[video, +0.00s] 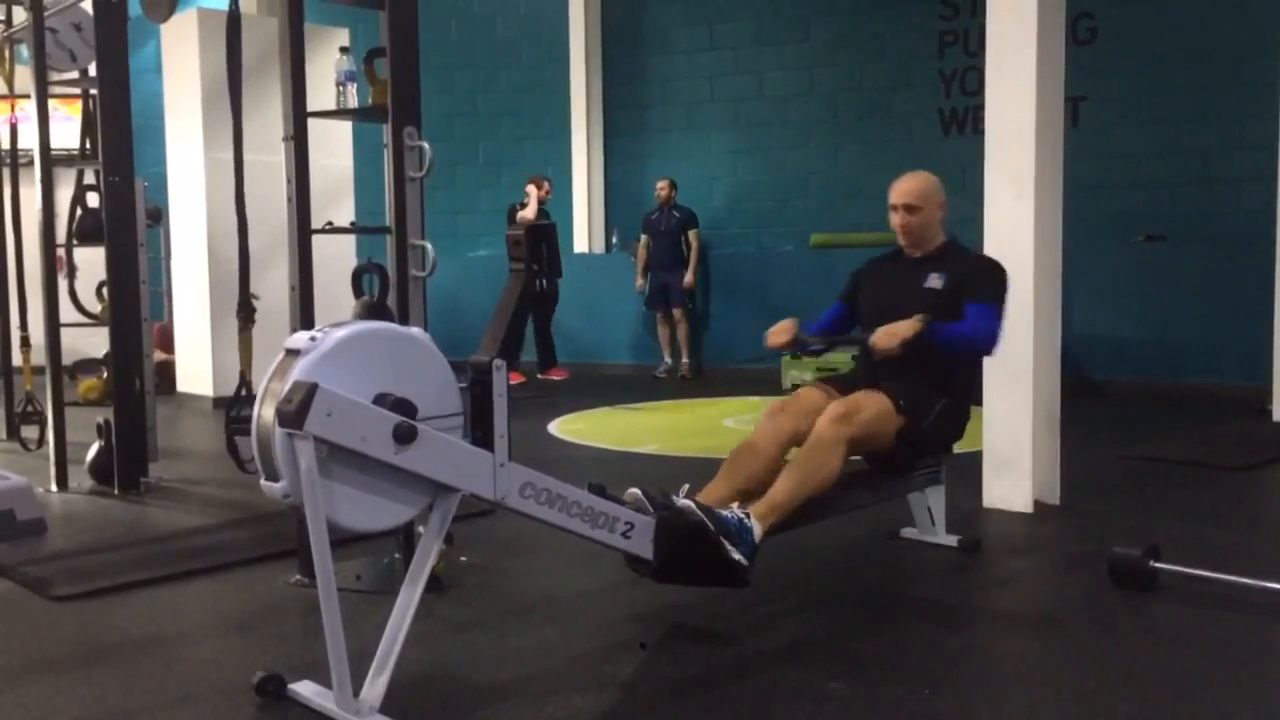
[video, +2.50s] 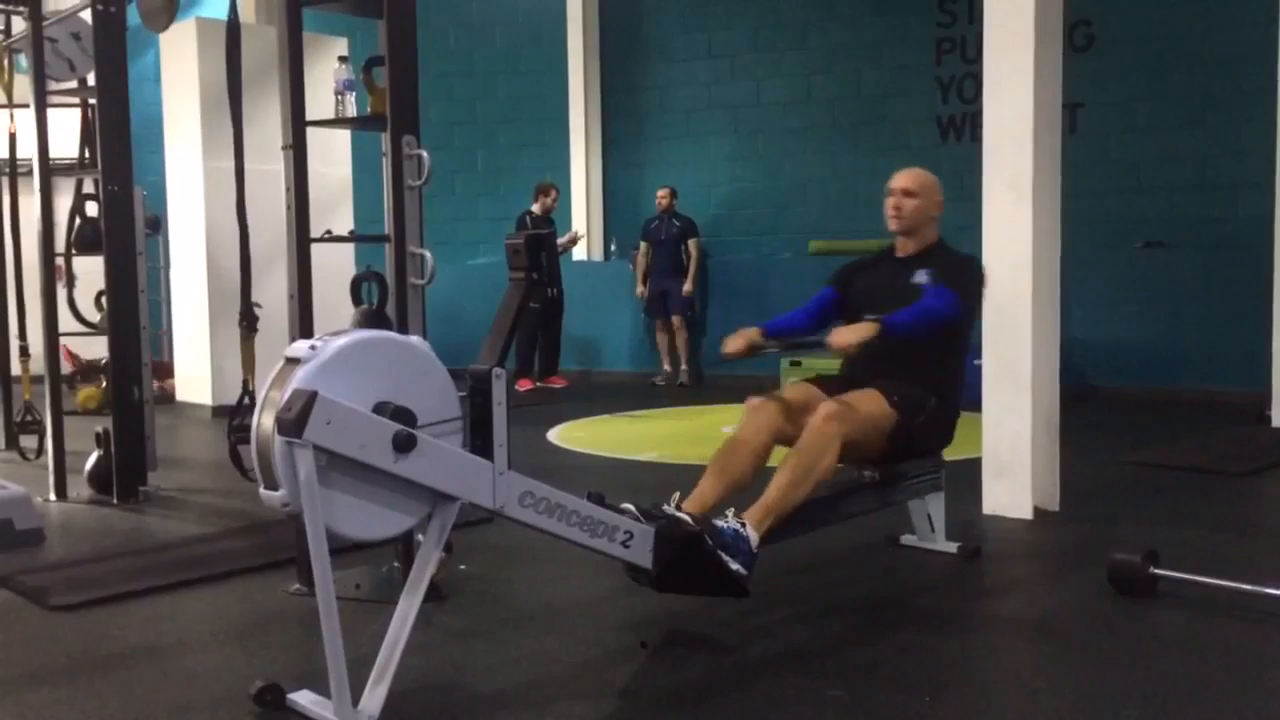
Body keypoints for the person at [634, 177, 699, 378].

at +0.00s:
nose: (658, 193)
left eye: (662, 189)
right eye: (657, 189)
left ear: (672, 192)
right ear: (656, 192)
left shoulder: (685, 215)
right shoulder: (650, 217)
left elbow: (694, 245)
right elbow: (643, 246)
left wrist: (690, 272)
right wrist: (640, 275)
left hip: (678, 273)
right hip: (656, 273)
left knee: (678, 315)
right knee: (661, 317)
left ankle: (685, 360)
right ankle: (666, 359)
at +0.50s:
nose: (659, 189)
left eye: (663, 185)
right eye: (658, 186)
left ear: (674, 188)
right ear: (656, 188)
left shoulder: (687, 211)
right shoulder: (650, 212)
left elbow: (695, 241)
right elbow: (643, 242)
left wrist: (691, 269)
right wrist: (640, 269)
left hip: (679, 270)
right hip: (656, 270)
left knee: (680, 312)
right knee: (660, 313)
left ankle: (681, 358)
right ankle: (667, 357)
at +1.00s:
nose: (661, 190)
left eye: (665, 186)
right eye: (660, 187)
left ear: (676, 189)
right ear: (658, 189)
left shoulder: (688, 212)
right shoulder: (652, 214)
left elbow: (696, 242)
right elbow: (644, 243)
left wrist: (692, 269)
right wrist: (642, 271)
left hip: (679, 270)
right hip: (658, 270)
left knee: (680, 312)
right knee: (663, 314)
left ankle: (686, 356)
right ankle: (668, 356)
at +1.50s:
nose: (660, 193)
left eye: (664, 189)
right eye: (659, 189)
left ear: (675, 192)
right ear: (657, 192)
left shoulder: (687, 215)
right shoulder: (651, 216)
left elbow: (696, 245)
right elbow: (644, 245)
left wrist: (691, 272)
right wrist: (641, 272)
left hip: (679, 272)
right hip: (657, 273)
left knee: (679, 314)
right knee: (661, 316)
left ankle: (685, 359)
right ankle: (667, 359)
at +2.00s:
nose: (659, 198)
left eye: (663, 195)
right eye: (658, 195)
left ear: (673, 198)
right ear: (656, 198)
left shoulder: (685, 220)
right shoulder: (649, 222)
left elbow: (694, 251)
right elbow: (642, 250)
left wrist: (689, 278)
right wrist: (639, 279)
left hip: (677, 279)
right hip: (655, 279)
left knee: (676, 323)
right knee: (657, 323)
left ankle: (678, 369)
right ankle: (665, 367)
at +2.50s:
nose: (659, 201)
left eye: (663, 198)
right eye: (657, 198)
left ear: (673, 200)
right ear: (656, 200)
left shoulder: (685, 223)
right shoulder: (649, 224)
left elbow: (694, 253)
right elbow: (642, 254)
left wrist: (689, 280)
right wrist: (640, 282)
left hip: (677, 281)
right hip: (655, 281)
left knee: (677, 323)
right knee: (660, 324)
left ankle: (683, 367)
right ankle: (666, 367)